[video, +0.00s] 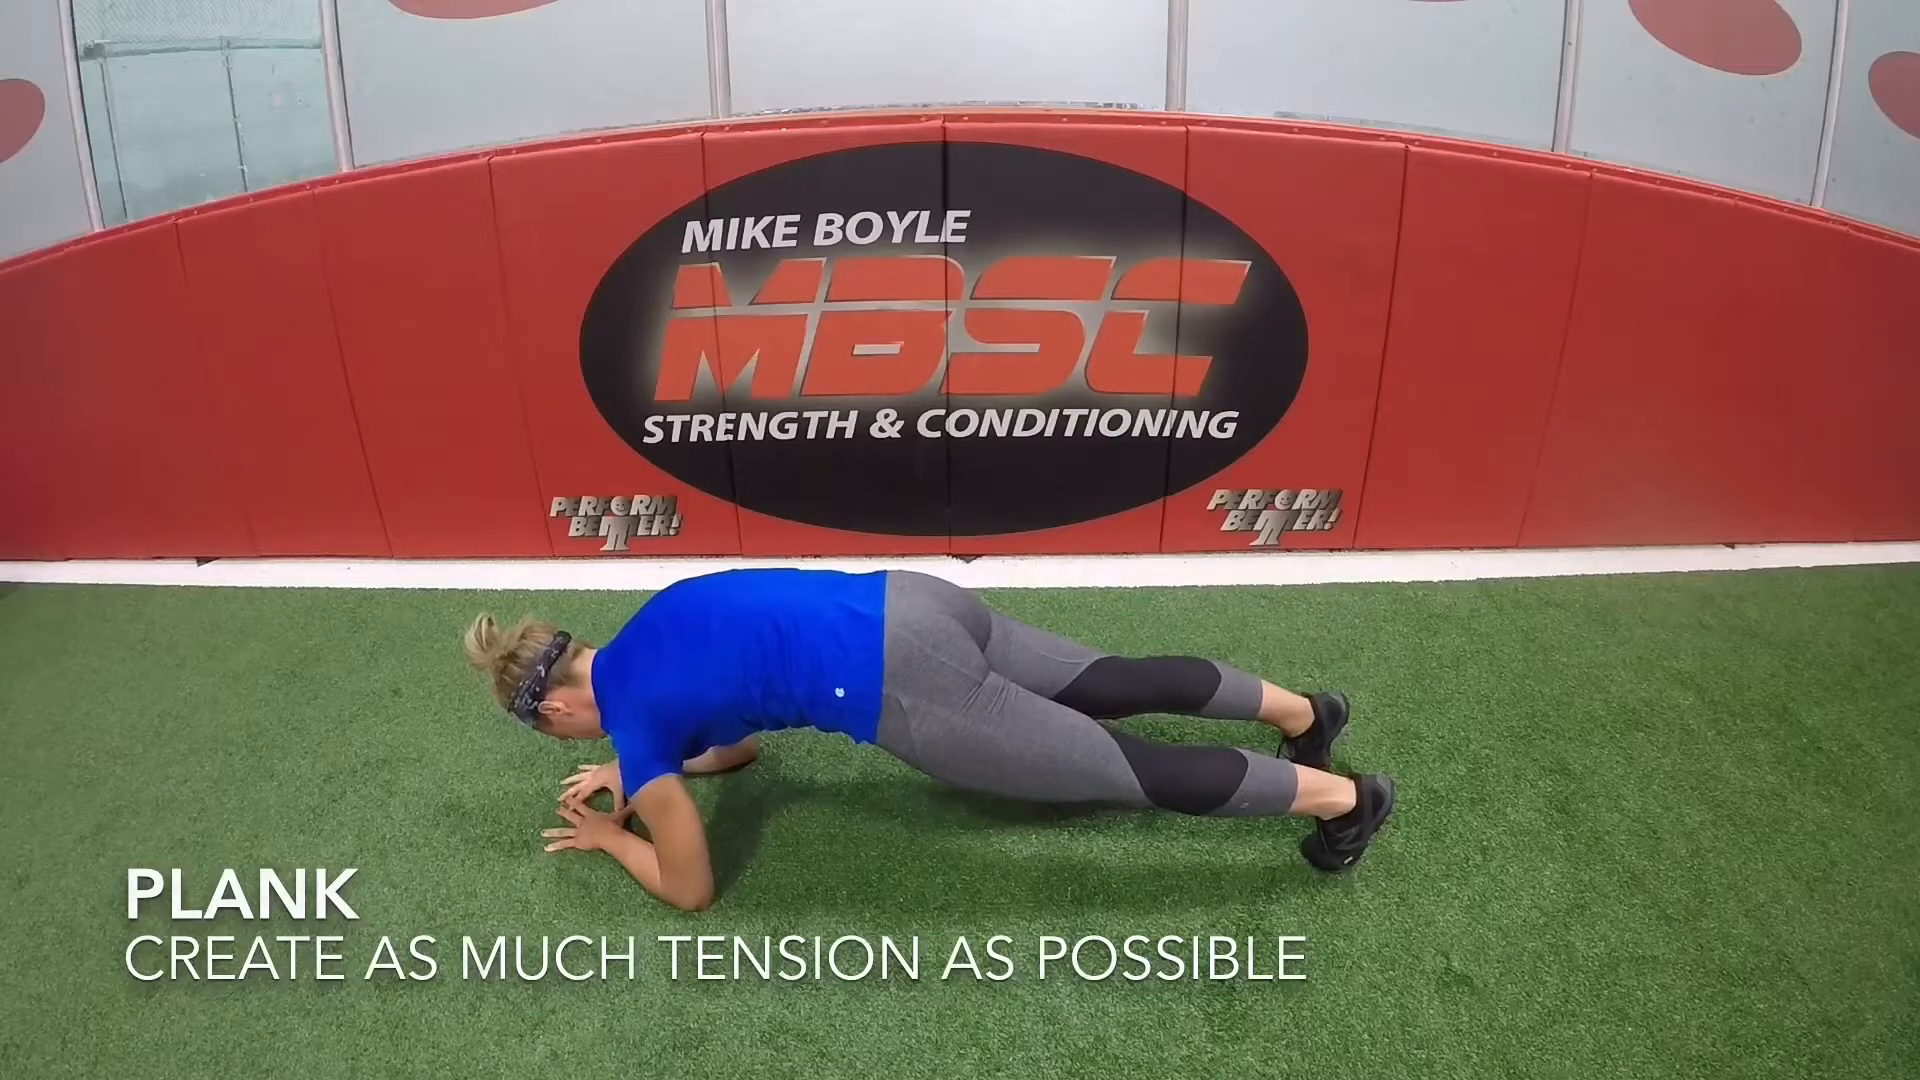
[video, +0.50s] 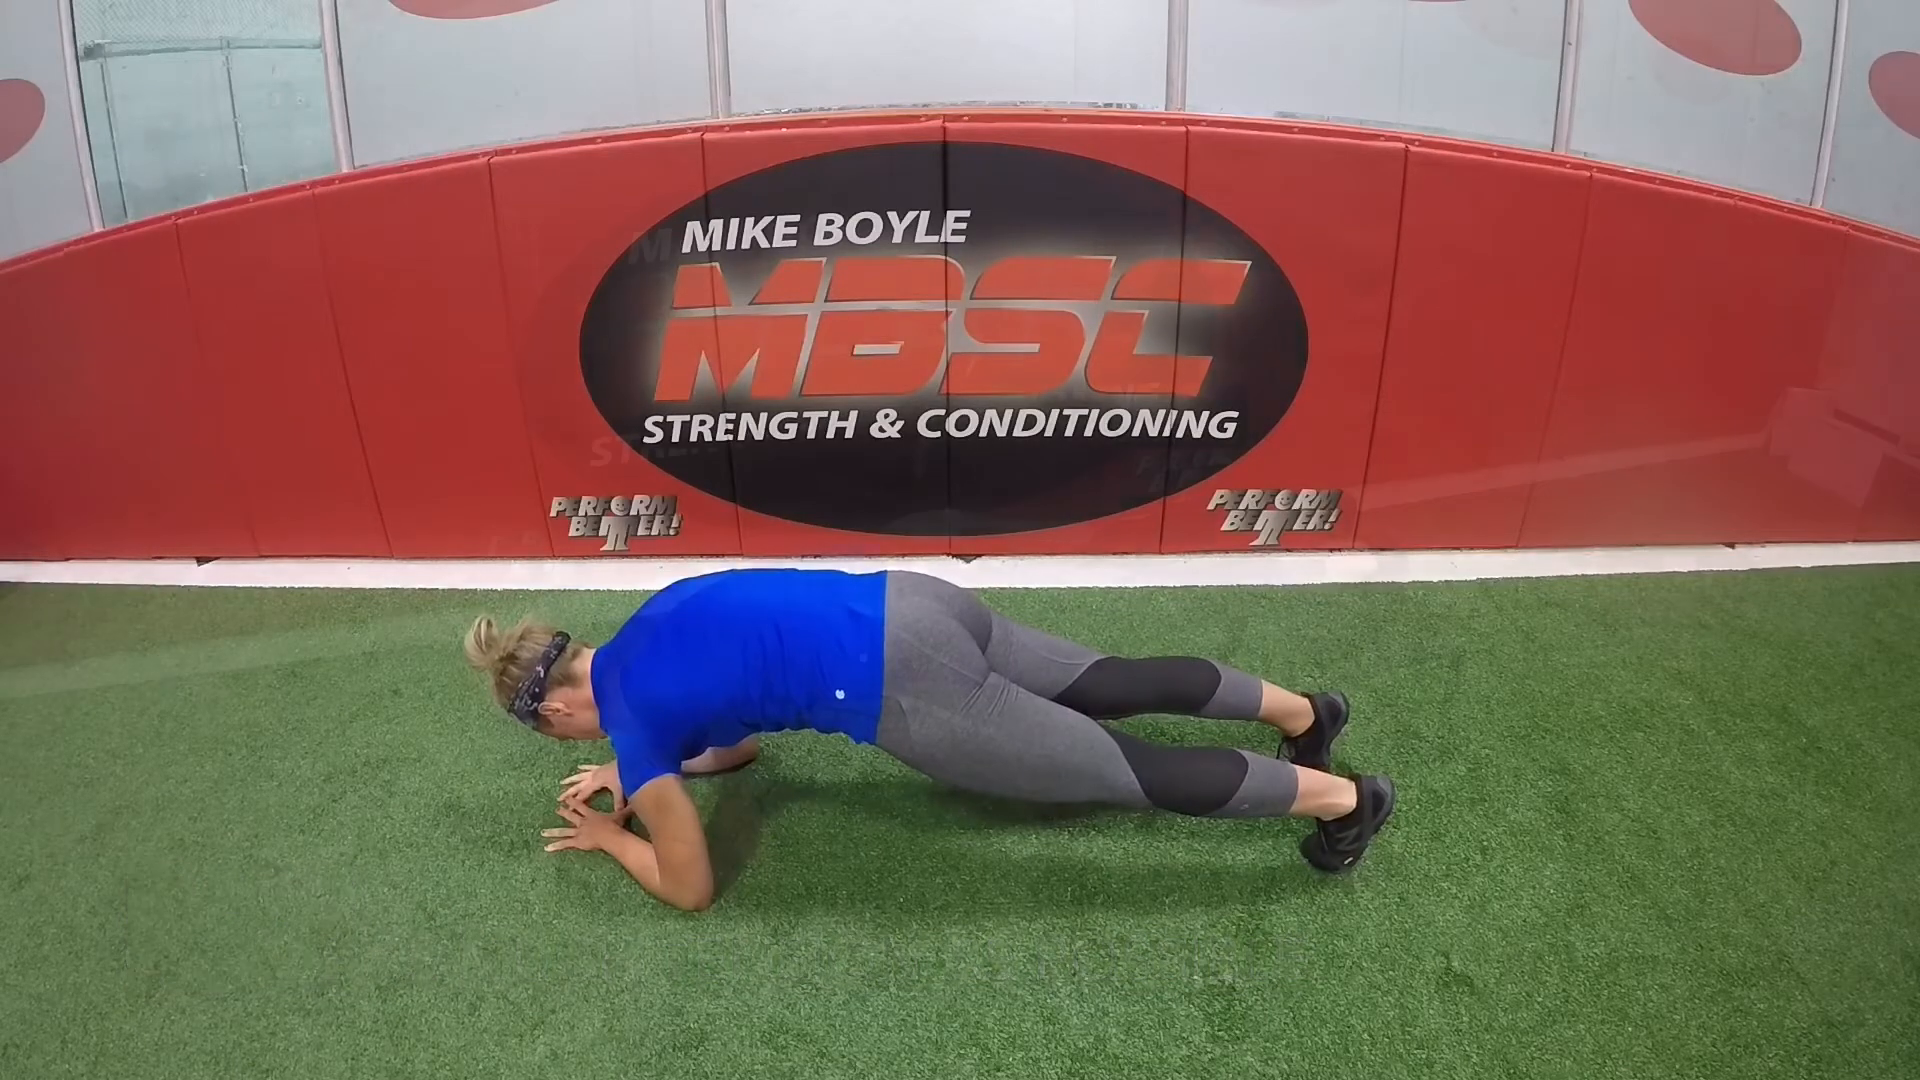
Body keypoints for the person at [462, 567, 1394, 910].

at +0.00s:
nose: (570, 737)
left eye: (555, 730)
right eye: (559, 730)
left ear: (561, 700)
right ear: (575, 649)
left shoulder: (633, 717)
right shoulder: (657, 612)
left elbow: (687, 885)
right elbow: (738, 742)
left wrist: (613, 840)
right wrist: (639, 778)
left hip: (899, 689)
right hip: (915, 594)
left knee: (1133, 771)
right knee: (1111, 680)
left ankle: (1342, 796)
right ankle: (1307, 715)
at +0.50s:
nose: (572, 736)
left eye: (556, 730)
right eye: (561, 730)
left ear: (560, 699)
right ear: (575, 648)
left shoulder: (631, 716)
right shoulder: (657, 609)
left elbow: (688, 885)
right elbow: (738, 740)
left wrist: (612, 840)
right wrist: (640, 777)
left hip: (900, 690)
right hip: (916, 593)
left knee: (1131, 771)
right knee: (1110, 681)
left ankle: (1343, 798)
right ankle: (1306, 714)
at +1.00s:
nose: (582, 744)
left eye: (564, 732)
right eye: (569, 734)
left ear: (575, 703)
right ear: (581, 660)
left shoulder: (650, 711)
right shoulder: (653, 627)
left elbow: (739, 878)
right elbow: (739, 759)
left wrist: (629, 852)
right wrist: (649, 782)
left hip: (897, 681)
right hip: (906, 583)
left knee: (1106, 774)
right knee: (1082, 670)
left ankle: (1325, 791)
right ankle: (1283, 706)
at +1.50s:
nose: (595, 754)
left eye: (579, 743)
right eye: (583, 745)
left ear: (592, 711)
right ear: (594, 672)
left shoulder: (683, 722)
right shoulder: (667, 633)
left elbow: (745, 881)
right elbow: (749, 747)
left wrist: (639, 855)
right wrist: (659, 802)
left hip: (932, 630)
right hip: (913, 537)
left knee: (1165, 608)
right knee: (1107, 545)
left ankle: (1337, 569)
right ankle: (1265, 508)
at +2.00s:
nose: (606, 753)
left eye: (590, 743)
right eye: (594, 746)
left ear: (602, 711)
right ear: (601, 674)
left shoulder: (692, 722)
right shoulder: (672, 633)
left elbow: (747, 879)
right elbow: (743, 744)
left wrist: (645, 854)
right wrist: (658, 798)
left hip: (939, 623)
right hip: (923, 538)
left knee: (1171, 605)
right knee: (1114, 543)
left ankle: (1344, 562)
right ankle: (1270, 507)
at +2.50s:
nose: (604, 750)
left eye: (589, 742)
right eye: (592, 743)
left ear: (599, 710)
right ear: (597, 669)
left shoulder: (690, 721)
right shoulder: (670, 629)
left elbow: (748, 879)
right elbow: (747, 738)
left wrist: (644, 852)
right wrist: (662, 790)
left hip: (937, 625)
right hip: (923, 540)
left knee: (1169, 605)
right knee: (1119, 543)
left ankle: (1341, 562)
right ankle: (1278, 509)